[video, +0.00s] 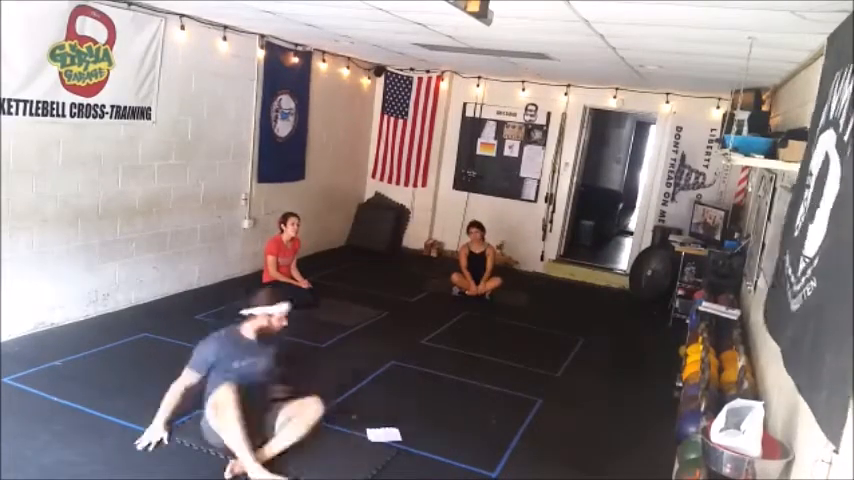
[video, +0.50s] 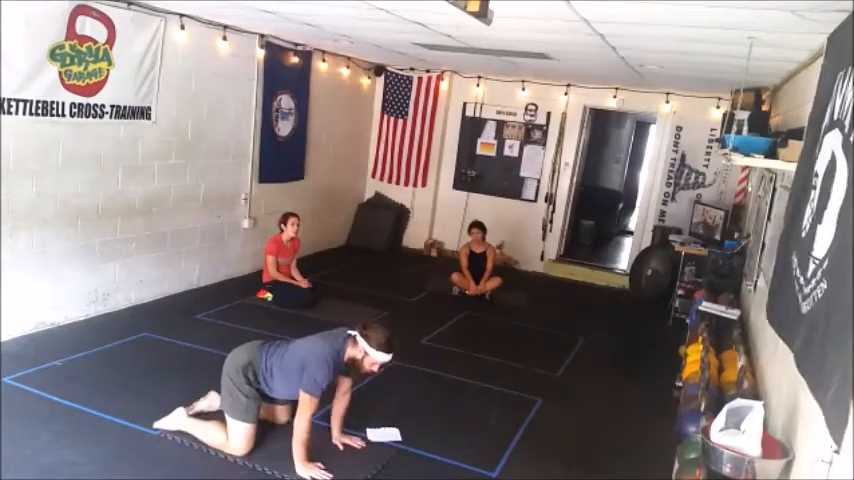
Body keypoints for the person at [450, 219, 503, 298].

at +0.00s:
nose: (474, 235)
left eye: (477, 232)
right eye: (471, 233)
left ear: (482, 234)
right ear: (468, 235)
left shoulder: (489, 249)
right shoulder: (464, 248)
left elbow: (489, 269)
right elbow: (464, 268)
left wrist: (482, 283)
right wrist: (472, 284)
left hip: (483, 276)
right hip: (469, 275)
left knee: (498, 280)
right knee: (454, 276)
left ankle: (467, 293)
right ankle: (481, 293)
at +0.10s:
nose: (476, 235)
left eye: (479, 232)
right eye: (474, 233)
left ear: (485, 233)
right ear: (471, 234)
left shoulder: (490, 250)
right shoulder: (465, 248)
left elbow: (489, 269)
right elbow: (464, 268)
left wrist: (482, 283)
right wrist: (472, 284)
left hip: (483, 276)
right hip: (469, 275)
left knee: (498, 281)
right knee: (454, 277)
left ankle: (467, 292)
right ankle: (482, 293)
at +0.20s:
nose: (475, 236)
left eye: (477, 233)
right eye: (472, 233)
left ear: (483, 234)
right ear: (469, 235)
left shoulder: (490, 250)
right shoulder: (465, 248)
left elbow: (489, 269)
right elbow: (464, 268)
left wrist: (482, 283)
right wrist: (472, 283)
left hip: (483, 276)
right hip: (469, 275)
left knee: (498, 281)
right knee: (454, 277)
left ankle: (467, 292)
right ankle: (481, 293)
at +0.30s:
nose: (475, 236)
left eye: (477, 233)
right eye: (472, 233)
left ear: (483, 234)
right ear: (469, 235)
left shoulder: (490, 250)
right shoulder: (465, 248)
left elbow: (489, 269)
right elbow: (464, 268)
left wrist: (482, 283)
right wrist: (472, 283)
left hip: (483, 276)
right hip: (469, 275)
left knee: (498, 280)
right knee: (454, 277)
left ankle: (467, 292)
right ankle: (481, 293)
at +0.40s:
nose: (474, 236)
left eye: (477, 233)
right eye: (472, 233)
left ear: (483, 234)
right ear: (469, 235)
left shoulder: (490, 250)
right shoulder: (465, 249)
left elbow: (489, 269)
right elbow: (464, 268)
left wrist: (482, 283)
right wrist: (472, 284)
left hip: (483, 276)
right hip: (469, 276)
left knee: (498, 280)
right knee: (454, 276)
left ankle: (468, 292)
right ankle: (481, 293)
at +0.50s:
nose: (475, 236)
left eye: (478, 233)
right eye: (472, 233)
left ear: (483, 234)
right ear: (470, 235)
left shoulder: (490, 249)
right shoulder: (465, 249)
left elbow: (489, 269)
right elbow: (464, 268)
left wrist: (482, 284)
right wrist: (472, 284)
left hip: (483, 276)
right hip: (469, 276)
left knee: (498, 280)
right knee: (454, 276)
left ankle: (468, 292)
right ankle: (481, 293)